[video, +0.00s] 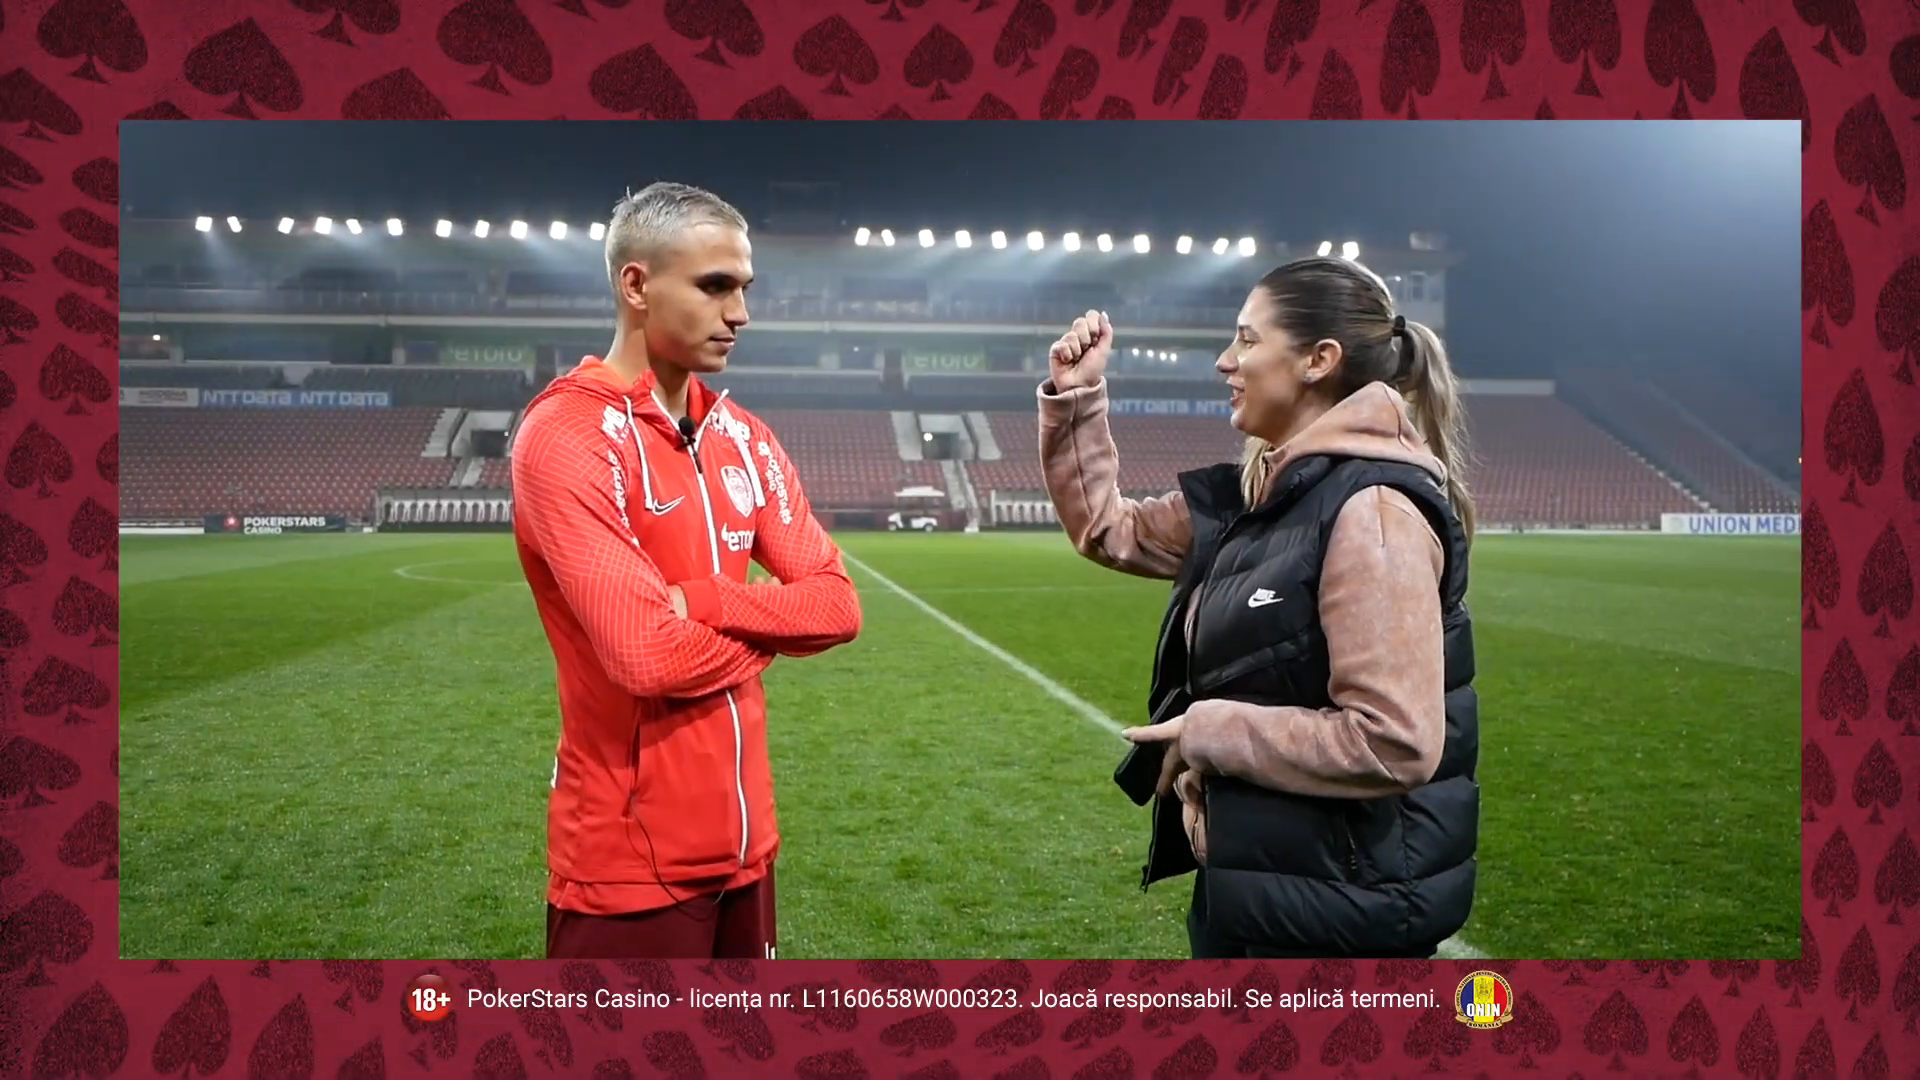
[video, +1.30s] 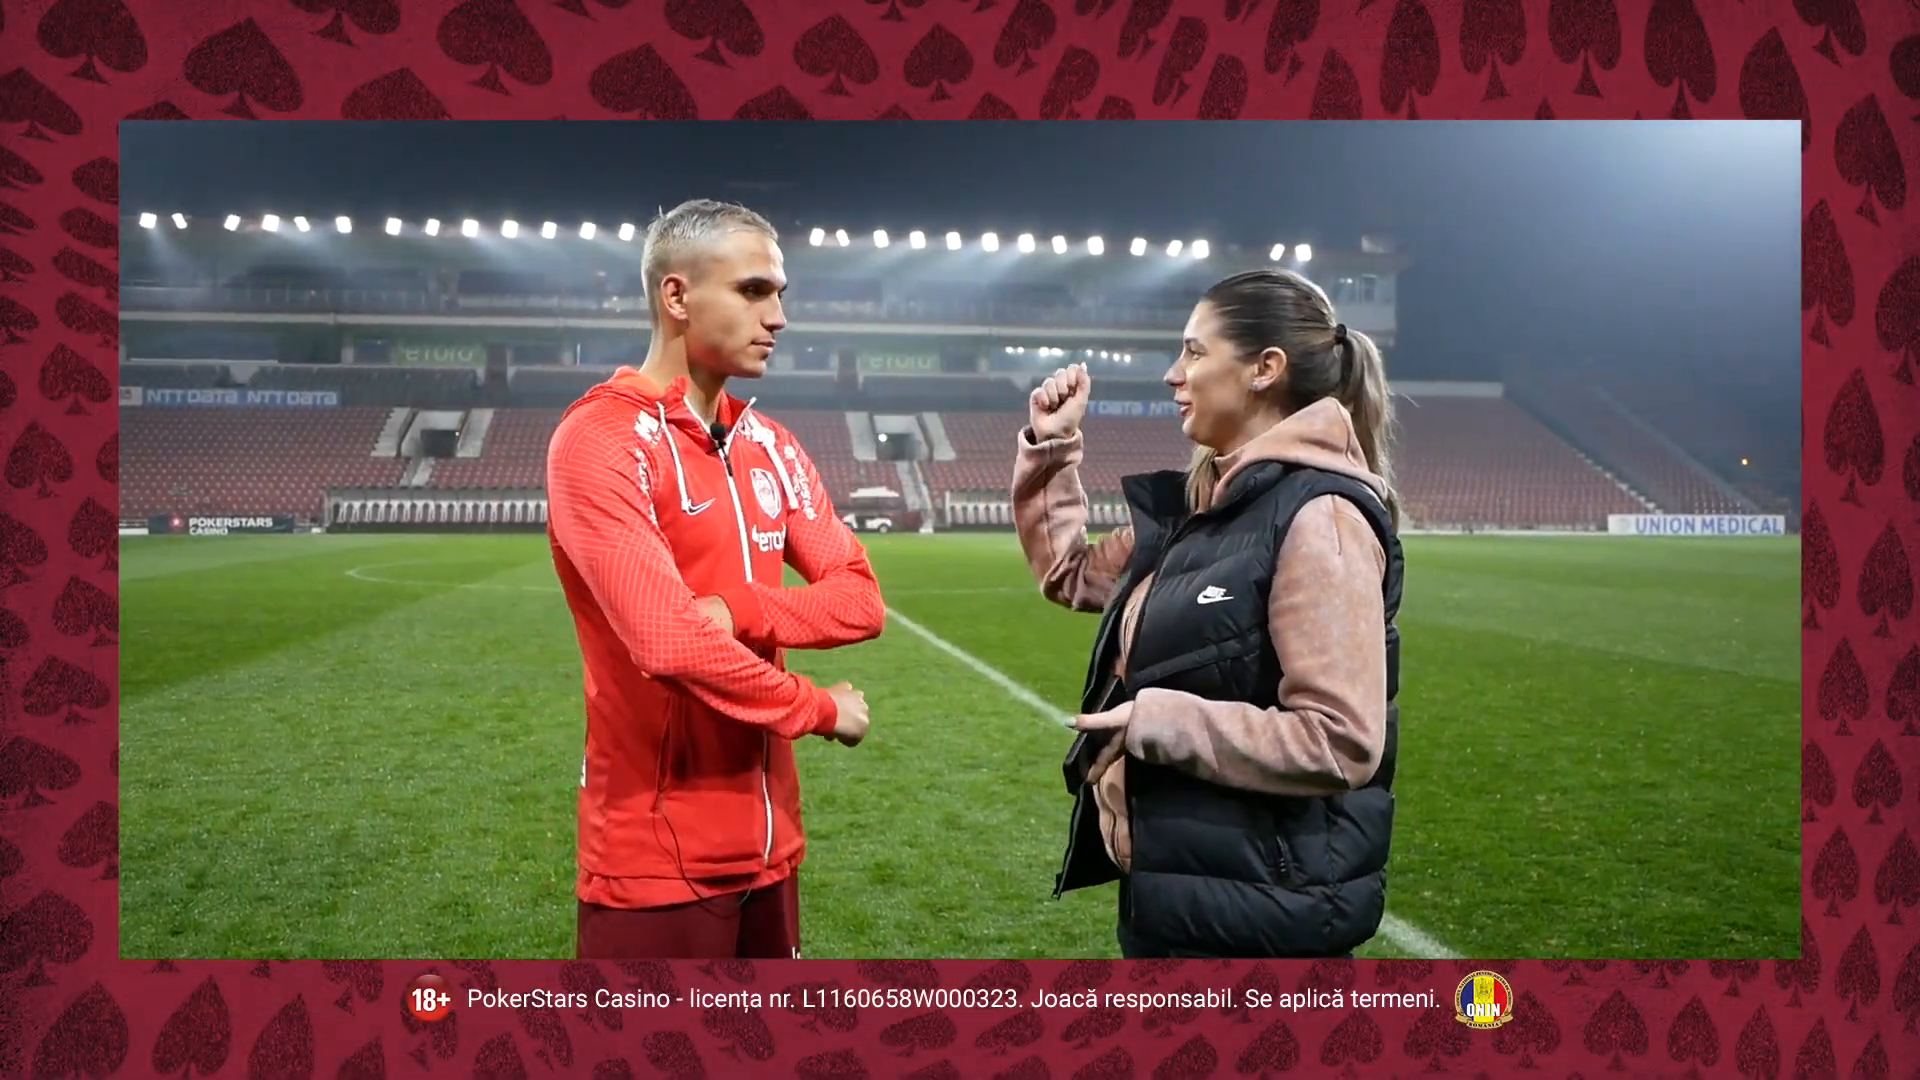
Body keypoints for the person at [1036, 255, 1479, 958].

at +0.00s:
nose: (1224, 361)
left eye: (1246, 340)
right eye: (1233, 341)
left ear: (1320, 360)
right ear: (1317, 362)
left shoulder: (1374, 512)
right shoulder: (1265, 492)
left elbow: (1395, 742)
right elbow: (1107, 530)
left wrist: (1211, 729)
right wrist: (1076, 399)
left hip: (1332, 918)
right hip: (1261, 904)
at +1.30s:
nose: (1173, 375)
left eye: (1194, 353)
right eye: (1180, 354)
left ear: (1266, 369)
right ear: (1263, 371)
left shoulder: (1322, 517)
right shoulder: (1215, 505)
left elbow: (1339, 742)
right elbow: (1069, 574)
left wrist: (1153, 720)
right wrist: (1050, 450)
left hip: (1258, 918)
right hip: (1183, 906)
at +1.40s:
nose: (1177, 374)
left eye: (1197, 351)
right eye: (1185, 352)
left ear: (1268, 367)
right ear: (1264, 369)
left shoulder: (1323, 517)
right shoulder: (1225, 501)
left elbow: (1338, 742)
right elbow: (1136, 649)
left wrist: (1158, 719)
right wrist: (1037, 534)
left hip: (1256, 921)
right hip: (1184, 907)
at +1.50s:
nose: (1177, 373)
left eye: (1199, 350)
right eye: (1186, 351)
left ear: (1269, 366)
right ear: (1260, 367)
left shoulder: (1321, 518)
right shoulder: (1225, 502)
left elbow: (1335, 742)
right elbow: (1178, 687)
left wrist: (1159, 723)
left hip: (1255, 920)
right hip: (1186, 907)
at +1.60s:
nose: (1174, 374)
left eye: (1195, 351)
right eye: (1183, 353)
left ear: (1265, 369)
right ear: (1257, 370)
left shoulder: (1314, 521)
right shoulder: (1223, 506)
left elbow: (1329, 743)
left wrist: (1149, 724)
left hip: (1253, 922)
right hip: (1187, 911)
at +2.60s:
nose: (1176, 388)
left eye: (1197, 366)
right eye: (1185, 367)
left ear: (1266, 385)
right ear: (1260, 387)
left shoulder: (1317, 523)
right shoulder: (1236, 508)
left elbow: (1326, 736)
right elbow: (1209, 685)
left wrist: (1148, 720)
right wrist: (1083, 668)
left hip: (1273, 912)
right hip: (1213, 901)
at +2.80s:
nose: (1191, 393)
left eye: (1213, 371)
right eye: (1199, 372)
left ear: (1283, 386)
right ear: (1274, 386)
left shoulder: (1335, 523)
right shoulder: (1246, 512)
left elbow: (1265, 708)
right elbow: (1163, 665)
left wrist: (1102, 629)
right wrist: (1045, 590)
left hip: (1293, 911)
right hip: (1227, 902)